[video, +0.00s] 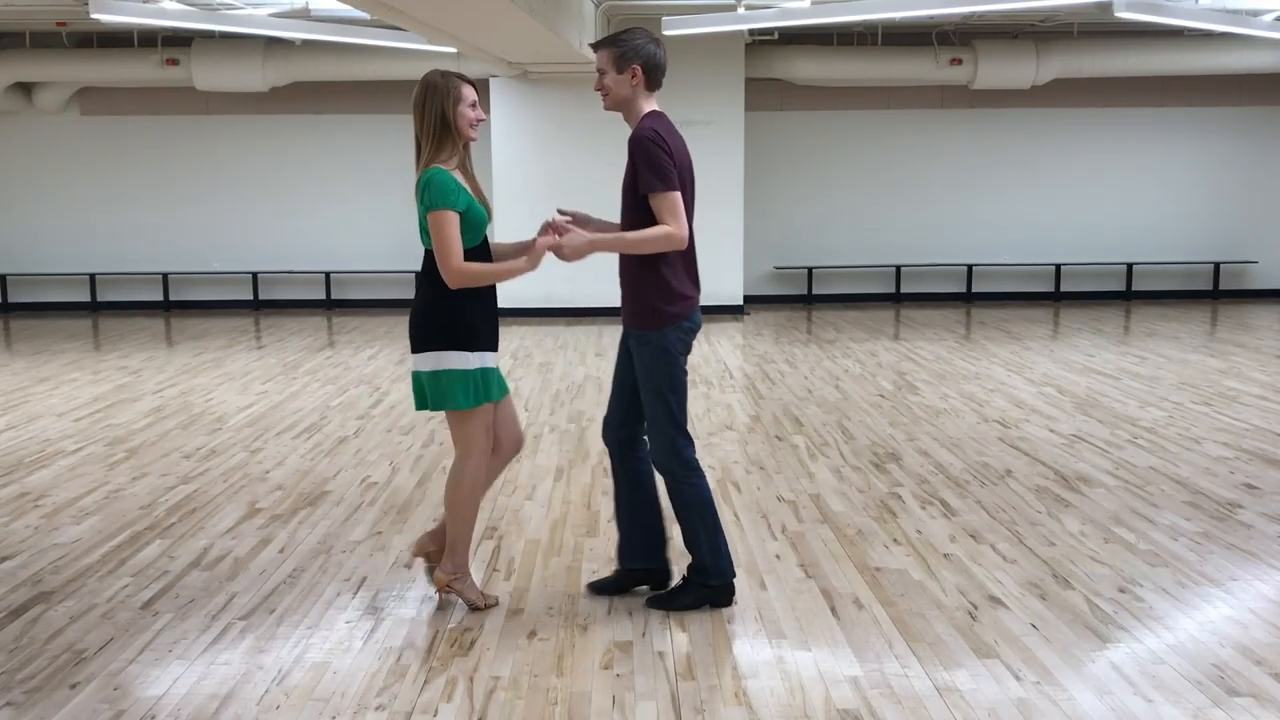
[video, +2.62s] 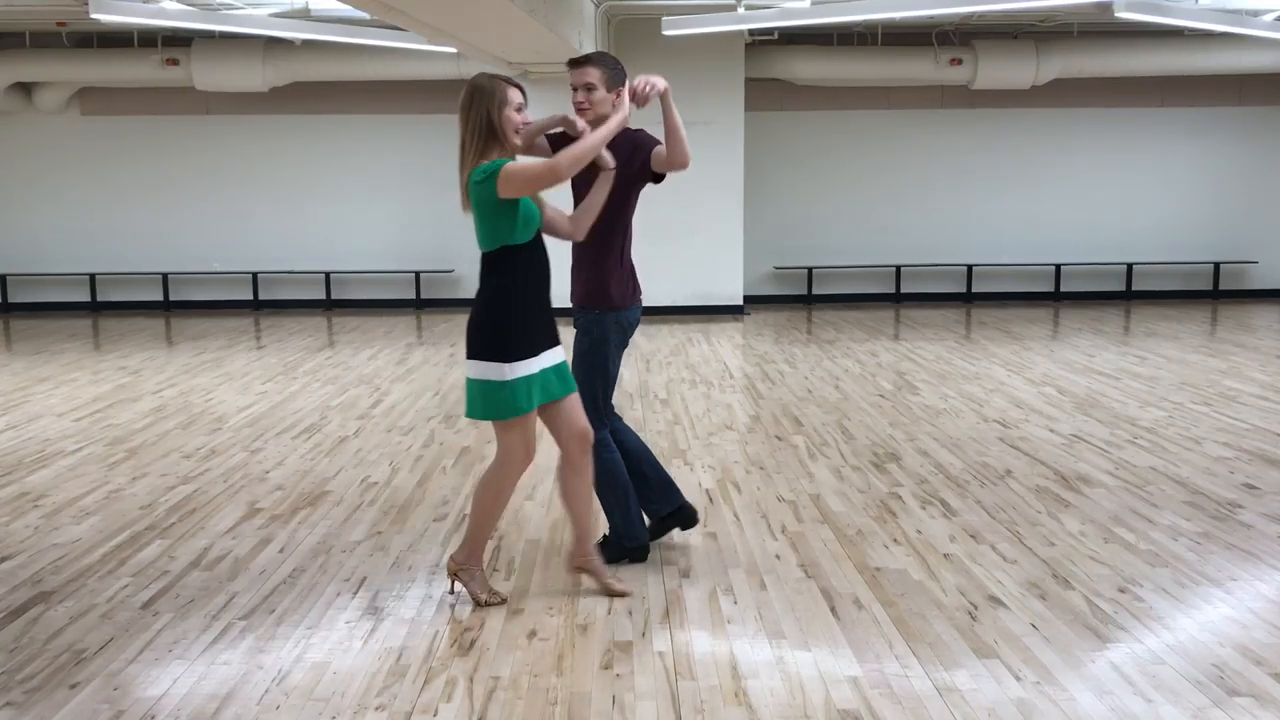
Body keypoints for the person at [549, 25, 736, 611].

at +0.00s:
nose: (596, 86)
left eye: (602, 75)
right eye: (596, 76)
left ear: (636, 76)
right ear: (636, 78)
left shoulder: (649, 136)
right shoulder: (654, 134)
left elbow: (675, 233)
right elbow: (651, 230)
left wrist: (594, 243)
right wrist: (591, 226)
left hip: (663, 318)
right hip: (648, 317)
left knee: (666, 444)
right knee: (622, 432)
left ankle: (714, 576)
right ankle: (644, 564)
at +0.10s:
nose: (607, 88)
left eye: (613, 77)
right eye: (607, 78)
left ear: (645, 78)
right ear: (645, 80)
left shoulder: (663, 141)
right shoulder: (663, 137)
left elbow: (687, 239)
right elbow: (667, 236)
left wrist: (607, 263)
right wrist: (607, 241)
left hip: (677, 322)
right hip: (660, 320)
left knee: (668, 446)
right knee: (636, 436)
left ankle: (713, 580)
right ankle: (685, 565)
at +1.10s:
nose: (577, 82)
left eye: (583, 72)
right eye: (577, 72)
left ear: (614, 75)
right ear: (614, 77)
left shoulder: (627, 139)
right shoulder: (633, 134)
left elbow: (644, 236)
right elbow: (634, 224)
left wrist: (572, 217)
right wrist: (578, 224)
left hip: (629, 318)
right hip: (619, 316)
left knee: (615, 442)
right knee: (607, 440)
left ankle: (696, 558)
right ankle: (632, 568)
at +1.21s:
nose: (565, 84)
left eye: (572, 74)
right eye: (565, 74)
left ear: (602, 77)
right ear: (606, 78)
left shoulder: (617, 142)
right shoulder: (623, 137)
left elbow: (633, 241)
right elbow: (621, 237)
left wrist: (553, 244)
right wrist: (550, 244)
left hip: (610, 318)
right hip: (616, 315)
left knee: (574, 442)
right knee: (600, 437)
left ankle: (643, 565)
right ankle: (628, 567)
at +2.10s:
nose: (564, 93)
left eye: (572, 83)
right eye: (563, 83)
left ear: (607, 85)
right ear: (599, 89)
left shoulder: (622, 139)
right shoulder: (614, 139)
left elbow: (666, 215)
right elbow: (601, 211)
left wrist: (599, 194)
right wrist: (550, 187)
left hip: (614, 313)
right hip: (640, 309)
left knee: (574, 423)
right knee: (633, 427)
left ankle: (615, 537)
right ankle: (677, 555)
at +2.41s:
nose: (572, 102)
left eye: (581, 93)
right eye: (570, 93)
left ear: (613, 96)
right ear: (584, 99)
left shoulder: (628, 150)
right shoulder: (590, 153)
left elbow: (673, 205)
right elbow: (543, 188)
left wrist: (659, 149)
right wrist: (542, 162)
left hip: (606, 314)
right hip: (627, 308)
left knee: (588, 429)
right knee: (615, 421)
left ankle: (628, 538)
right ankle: (683, 519)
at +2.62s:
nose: (578, 97)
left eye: (589, 88)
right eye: (574, 89)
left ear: (618, 91)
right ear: (572, 95)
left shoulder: (627, 145)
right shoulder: (575, 144)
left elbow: (678, 160)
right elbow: (517, 154)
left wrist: (664, 100)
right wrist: (554, 125)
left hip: (607, 303)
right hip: (605, 301)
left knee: (590, 423)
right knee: (597, 415)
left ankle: (628, 536)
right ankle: (669, 508)